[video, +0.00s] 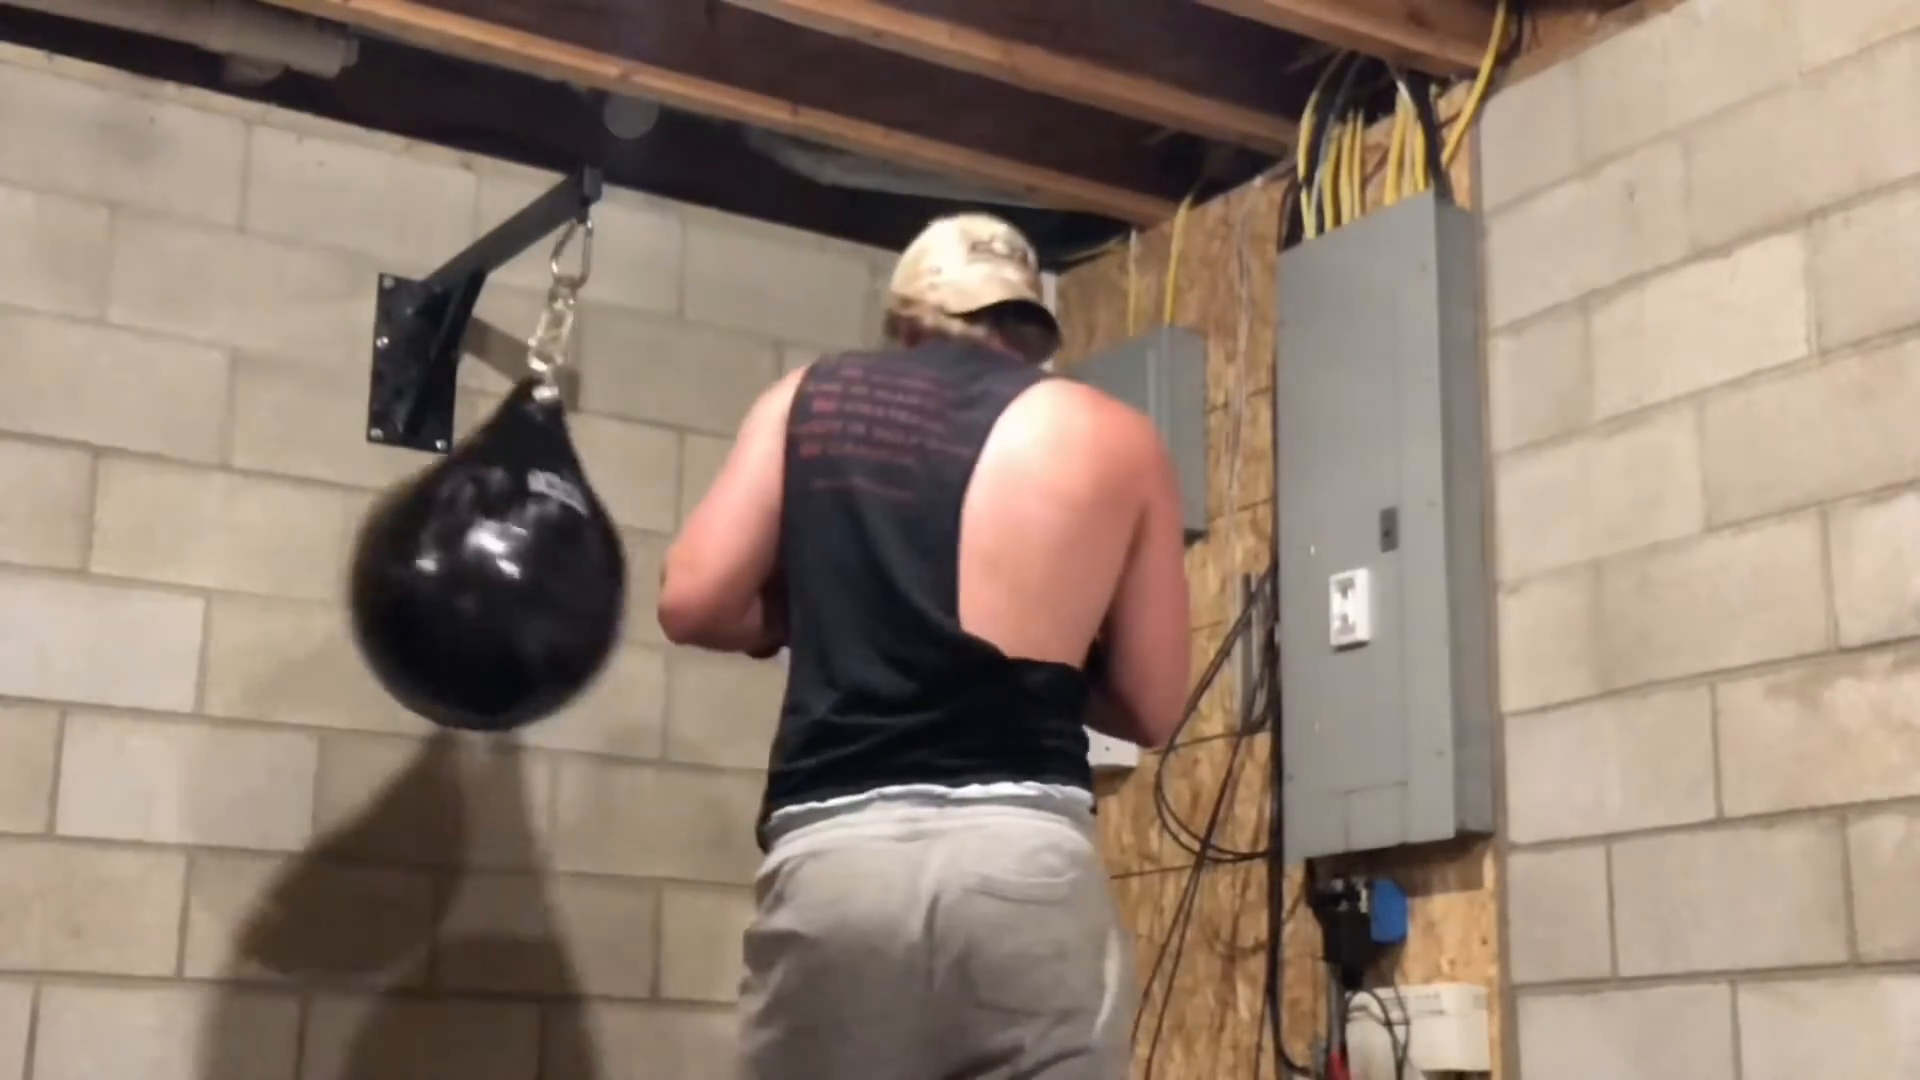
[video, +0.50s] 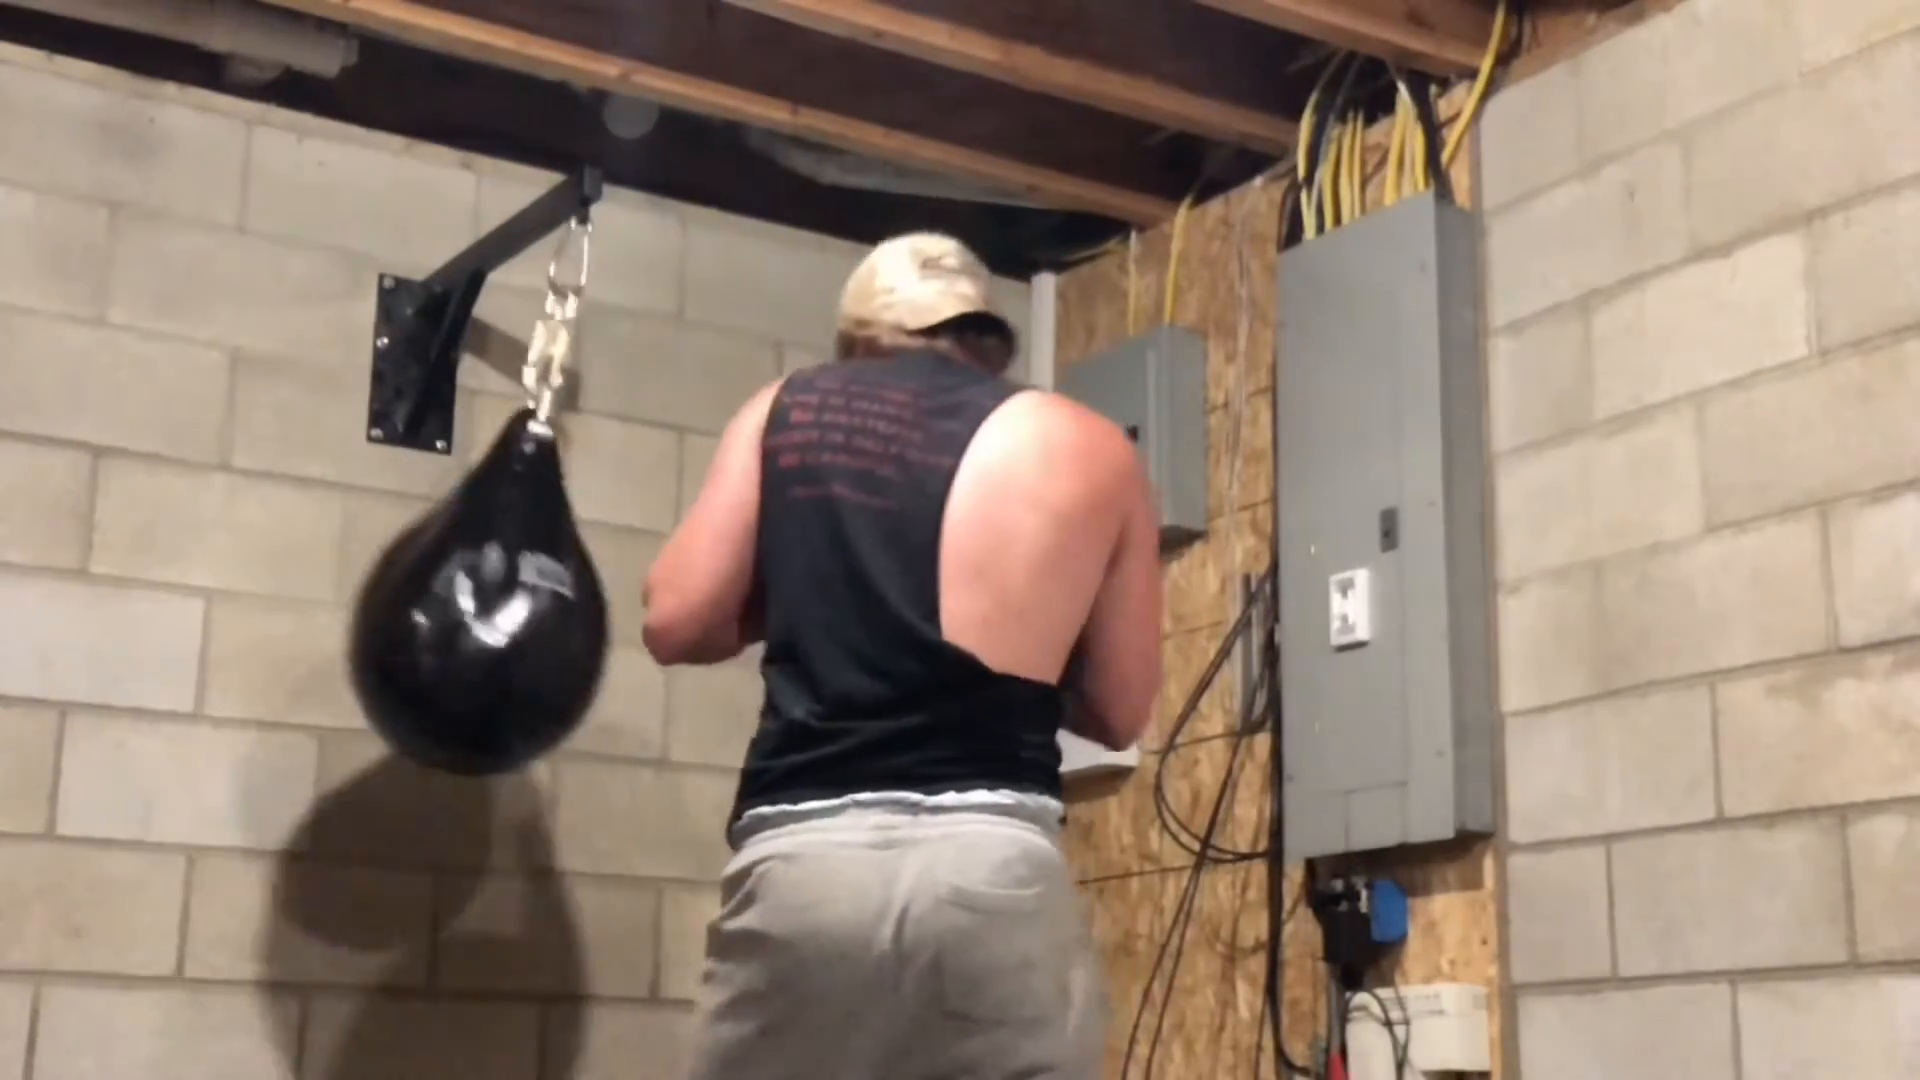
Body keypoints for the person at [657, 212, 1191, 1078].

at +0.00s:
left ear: (904, 321)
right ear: (1038, 330)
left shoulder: (803, 398)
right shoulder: (1121, 438)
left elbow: (693, 604)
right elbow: (1152, 711)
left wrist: (812, 600)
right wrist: (1027, 636)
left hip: (834, 860)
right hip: (1034, 862)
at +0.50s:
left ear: (854, 339)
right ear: (991, 342)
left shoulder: (778, 412)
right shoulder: (1096, 448)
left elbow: (674, 625)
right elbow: (1119, 711)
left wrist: (798, 578)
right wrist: (1003, 630)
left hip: (802, 868)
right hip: (1003, 872)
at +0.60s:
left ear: (810, 356)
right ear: (947, 357)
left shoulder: (752, 426)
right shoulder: (1062, 466)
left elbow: (648, 639)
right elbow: (1075, 726)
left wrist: (764, 576)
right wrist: (962, 619)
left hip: (783, 884)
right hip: (985, 891)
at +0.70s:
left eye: (739, 392)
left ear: (754, 382)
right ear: (883, 381)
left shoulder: (718, 437)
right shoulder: (1007, 485)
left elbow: (609, 657)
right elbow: (1009, 743)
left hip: (765, 914)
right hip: (965, 914)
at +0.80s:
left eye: (677, 411)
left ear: (695, 402)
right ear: (811, 397)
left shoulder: (684, 449)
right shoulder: (945, 499)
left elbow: (576, 664)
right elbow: (943, 711)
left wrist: (579, 569)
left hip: (757, 924)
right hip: (946, 926)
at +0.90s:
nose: (611, 480)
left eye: (617, 462)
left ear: (639, 437)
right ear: (744, 431)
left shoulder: (656, 475)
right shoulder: (881, 531)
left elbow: (577, 680)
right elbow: (913, 702)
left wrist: (521, 648)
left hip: (765, 925)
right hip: (938, 935)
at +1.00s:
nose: (586, 522)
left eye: (589, 509)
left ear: (601, 488)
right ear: (696, 469)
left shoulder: (633, 513)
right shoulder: (840, 567)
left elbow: (587, 713)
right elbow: (889, 710)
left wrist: (500, 708)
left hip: (763, 930)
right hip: (936, 946)